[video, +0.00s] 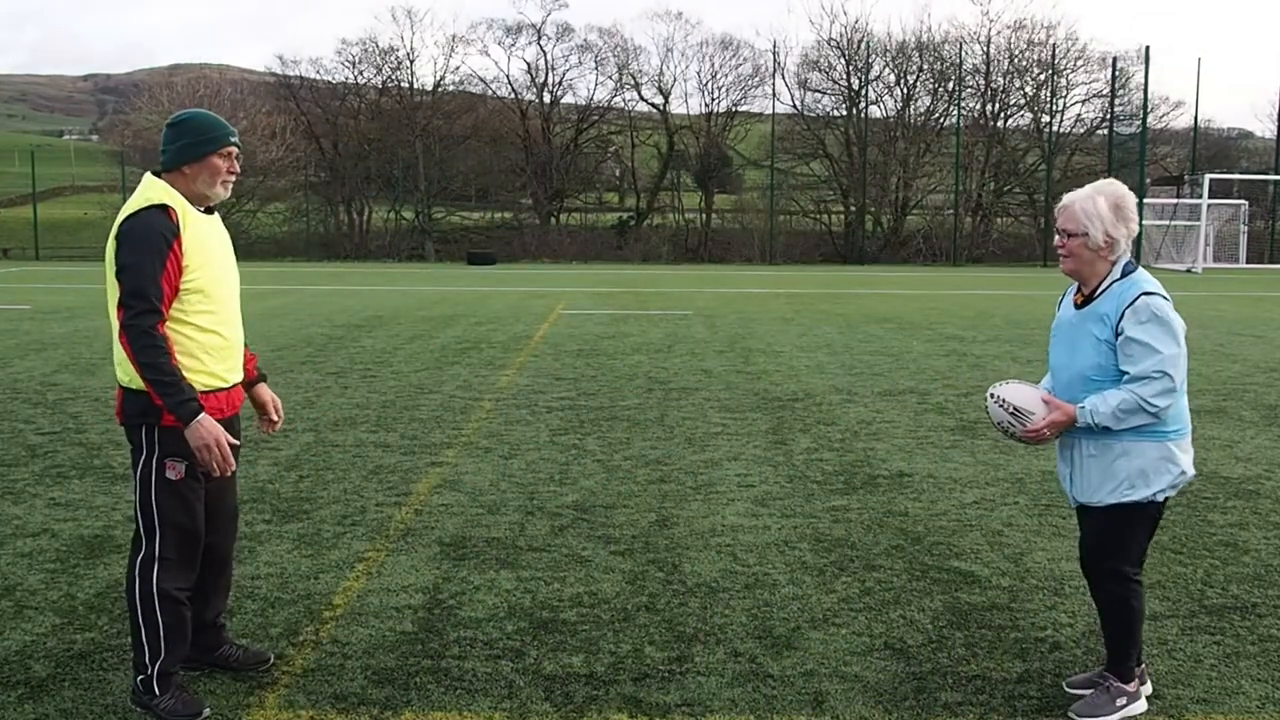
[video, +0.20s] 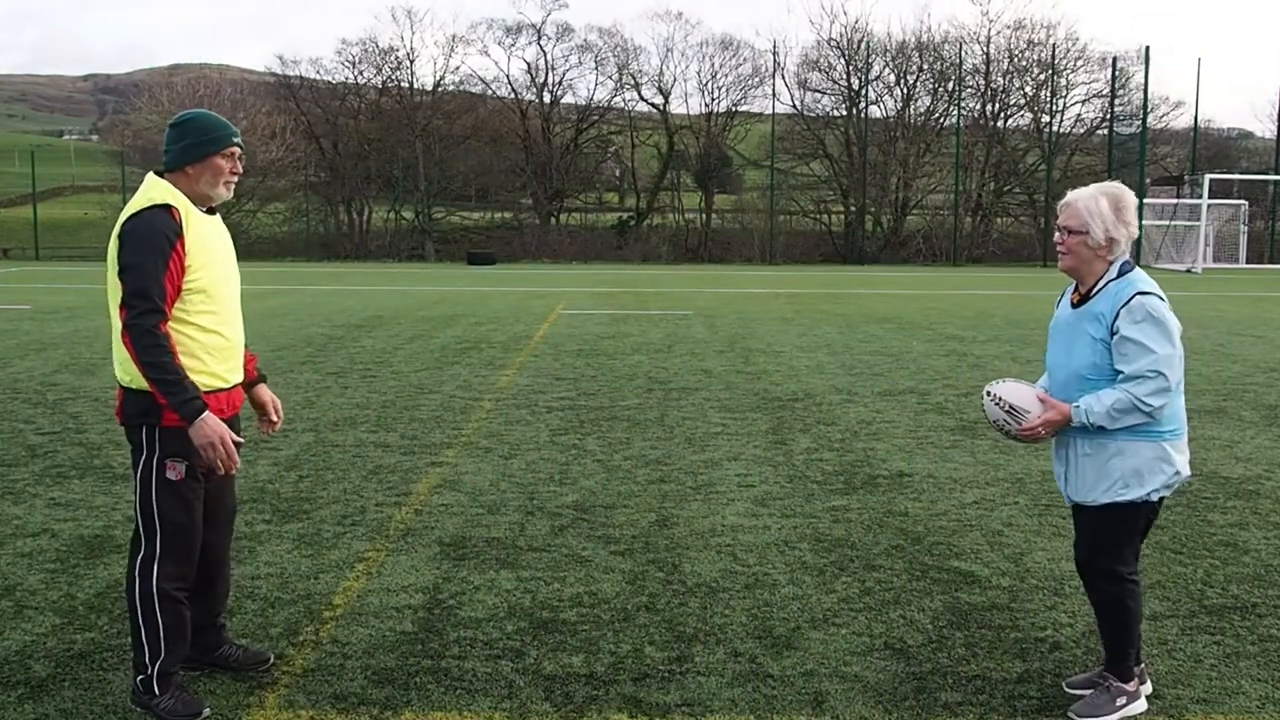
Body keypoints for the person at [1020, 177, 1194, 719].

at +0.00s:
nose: (1058, 244)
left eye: (1070, 235)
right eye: (1058, 234)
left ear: (1107, 240)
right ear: (1064, 237)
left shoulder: (1143, 304)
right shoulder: (1074, 298)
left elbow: (1157, 392)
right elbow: (1068, 374)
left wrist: (1077, 413)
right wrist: (1037, 406)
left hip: (1138, 462)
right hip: (1096, 458)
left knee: (1113, 566)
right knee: (1099, 563)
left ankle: (1127, 681)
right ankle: (1121, 667)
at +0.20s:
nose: (1058, 240)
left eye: (1070, 232)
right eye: (1058, 230)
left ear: (1106, 240)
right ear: (1062, 233)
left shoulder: (1138, 304)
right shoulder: (1073, 297)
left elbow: (1152, 392)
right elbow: (1066, 373)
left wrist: (1072, 412)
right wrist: (1034, 404)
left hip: (1132, 462)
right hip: (1092, 458)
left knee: (1109, 564)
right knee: (1095, 561)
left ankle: (1127, 680)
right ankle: (1119, 666)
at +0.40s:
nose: (1055, 239)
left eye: (1067, 230)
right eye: (1055, 228)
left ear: (1102, 239)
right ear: (1062, 232)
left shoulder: (1134, 304)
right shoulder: (1071, 297)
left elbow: (1146, 391)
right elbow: (1064, 374)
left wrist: (1068, 412)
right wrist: (1030, 403)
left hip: (1128, 462)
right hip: (1091, 459)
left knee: (1108, 565)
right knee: (1094, 562)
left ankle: (1128, 681)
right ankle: (1119, 666)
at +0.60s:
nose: (1053, 240)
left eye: (1065, 232)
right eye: (1053, 230)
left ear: (1100, 240)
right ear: (1060, 234)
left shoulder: (1131, 304)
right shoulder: (1071, 298)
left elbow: (1141, 391)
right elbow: (1063, 375)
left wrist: (1064, 413)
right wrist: (1028, 404)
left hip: (1127, 463)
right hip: (1090, 460)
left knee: (1106, 565)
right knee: (1089, 560)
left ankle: (1126, 681)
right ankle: (1119, 666)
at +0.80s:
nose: (1049, 246)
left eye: (1061, 237)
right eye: (1048, 235)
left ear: (1097, 241)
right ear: (1052, 237)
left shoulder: (1126, 304)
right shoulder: (1069, 300)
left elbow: (1137, 391)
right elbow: (1061, 377)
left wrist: (1060, 414)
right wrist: (1024, 405)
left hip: (1124, 463)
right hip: (1092, 459)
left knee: (1081, 559)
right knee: (1103, 561)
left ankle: (1124, 676)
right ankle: (1122, 665)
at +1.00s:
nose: (1029, 253)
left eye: (1037, 243)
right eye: (1027, 243)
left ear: (1073, 243)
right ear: (1052, 246)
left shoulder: (1112, 304)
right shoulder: (1059, 301)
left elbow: (1127, 390)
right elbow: (1052, 379)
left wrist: (1053, 417)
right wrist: (1016, 411)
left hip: (1114, 460)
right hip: (1081, 457)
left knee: (1059, 554)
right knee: (1107, 562)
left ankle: (1076, 673)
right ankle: (1128, 670)